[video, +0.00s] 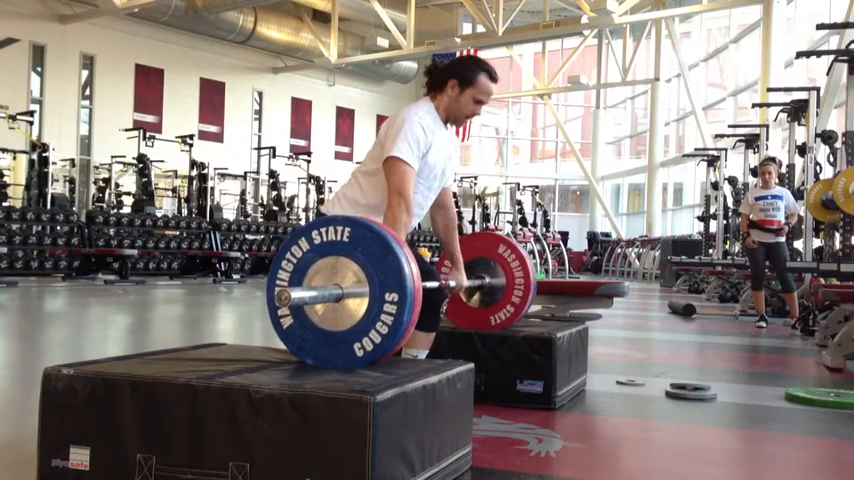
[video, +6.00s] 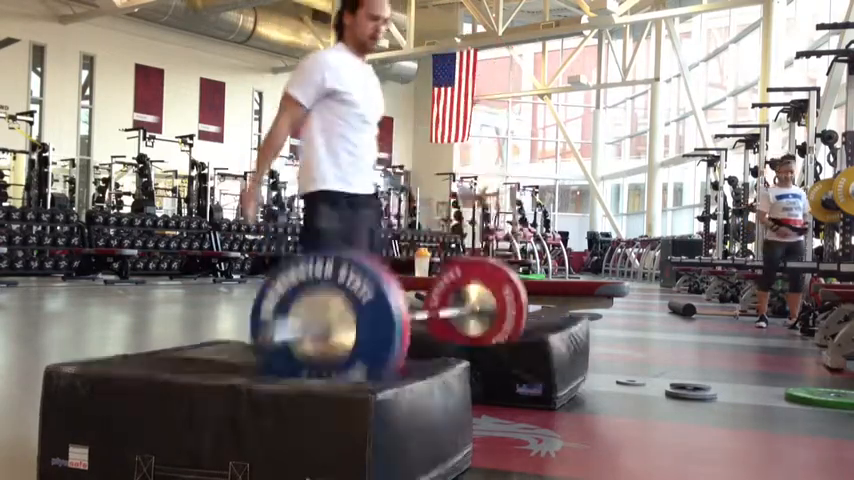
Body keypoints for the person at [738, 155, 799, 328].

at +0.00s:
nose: (766, 176)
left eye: (769, 173)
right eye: (763, 173)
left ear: (776, 174)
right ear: (759, 175)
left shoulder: (784, 193)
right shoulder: (751, 194)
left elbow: (794, 213)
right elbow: (744, 216)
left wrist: (788, 224)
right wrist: (746, 234)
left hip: (777, 240)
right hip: (757, 239)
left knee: (785, 276)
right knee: (757, 276)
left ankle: (795, 317)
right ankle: (761, 316)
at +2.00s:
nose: (766, 176)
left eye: (769, 173)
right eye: (763, 173)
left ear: (776, 174)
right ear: (759, 175)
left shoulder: (784, 194)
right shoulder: (751, 195)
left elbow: (793, 214)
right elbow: (744, 217)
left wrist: (787, 224)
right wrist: (746, 235)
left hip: (777, 240)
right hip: (756, 239)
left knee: (785, 276)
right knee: (757, 277)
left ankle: (795, 318)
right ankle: (761, 316)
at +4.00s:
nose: (766, 173)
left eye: (769, 170)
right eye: (763, 170)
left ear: (775, 173)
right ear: (759, 173)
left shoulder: (784, 193)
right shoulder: (751, 193)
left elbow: (792, 214)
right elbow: (744, 216)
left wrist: (788, 224)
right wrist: (746, 236)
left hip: (777, 239)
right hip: (757, 239)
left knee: (784, 275)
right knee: (757, 277)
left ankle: (795, 317)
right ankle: (761, 315)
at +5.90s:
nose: (783, 176)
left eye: (787, 173)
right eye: (780, 172)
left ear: (791, 174)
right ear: (773, 173)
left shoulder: (796, 193)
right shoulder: (764, 192)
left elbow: (801, 216)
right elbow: (755, 218)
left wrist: (800, 224)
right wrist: (769, 229)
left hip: (790, 240)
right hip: (769, 240)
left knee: (796, 275)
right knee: (766, 274)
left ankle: (794, 317)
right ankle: (762, 315)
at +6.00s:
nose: (788, 175)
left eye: (791, 172)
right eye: (784, 172)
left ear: (794, 173)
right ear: (777, 172)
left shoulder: (801, 193)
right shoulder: (768, 192)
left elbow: (806, 215)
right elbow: (761, 216)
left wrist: (805, 225)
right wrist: (776, 228)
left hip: (796, 240)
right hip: (774, 240)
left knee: (797, 277)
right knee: (768, 276)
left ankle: (793, 318)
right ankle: (762, 315)